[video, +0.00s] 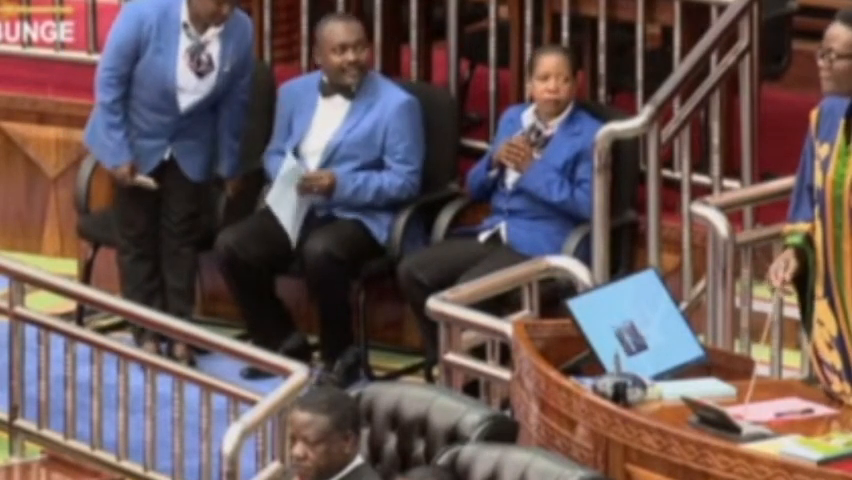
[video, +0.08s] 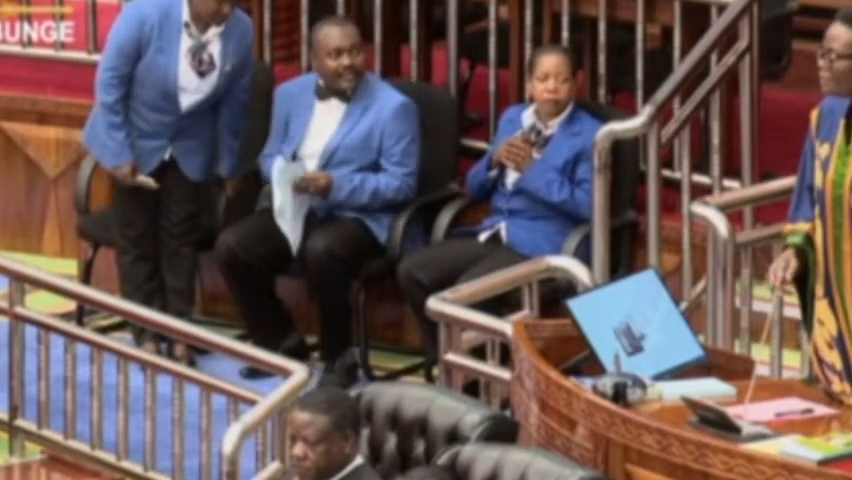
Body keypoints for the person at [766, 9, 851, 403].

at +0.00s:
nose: (825, 64)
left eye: (837, 56)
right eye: (822, 54)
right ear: (818, 58)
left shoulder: (833, 118)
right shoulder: (823, 117)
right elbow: (805, 195)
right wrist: (794, 247)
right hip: (828, 307)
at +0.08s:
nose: (824, 64)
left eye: (837, 56)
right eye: (822, 54)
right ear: (819, 58)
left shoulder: (833, 118)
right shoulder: (823, 116)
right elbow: (806, 195)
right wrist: (794, 247)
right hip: (828, 307)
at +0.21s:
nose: (825, 64)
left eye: (837, 56)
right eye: (823, 54)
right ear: (819, 57)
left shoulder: (834, 117)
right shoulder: (824, 115)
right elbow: (806, 193)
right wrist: (794, 247)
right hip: (828, 305)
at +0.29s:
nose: (825, 64)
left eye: (837, 56)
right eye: (822, 54)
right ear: (820, 58)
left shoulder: (835, 118)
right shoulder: (824, 116)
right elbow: (806, 193)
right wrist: (795, 248)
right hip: (828, 302)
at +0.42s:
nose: (825, 64)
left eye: (837, 56)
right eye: (823, 54)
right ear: (820, 58)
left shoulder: (834, 118)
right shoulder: (824, 116)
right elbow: (807, 193)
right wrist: (795, 248)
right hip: (829, 303)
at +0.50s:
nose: (825, 65)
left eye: (837, 56)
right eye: (823, 54)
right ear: (819, 58)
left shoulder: (835, 117)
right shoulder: (825, 116)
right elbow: (808, 191)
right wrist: (795, 248)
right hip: (828, 301)